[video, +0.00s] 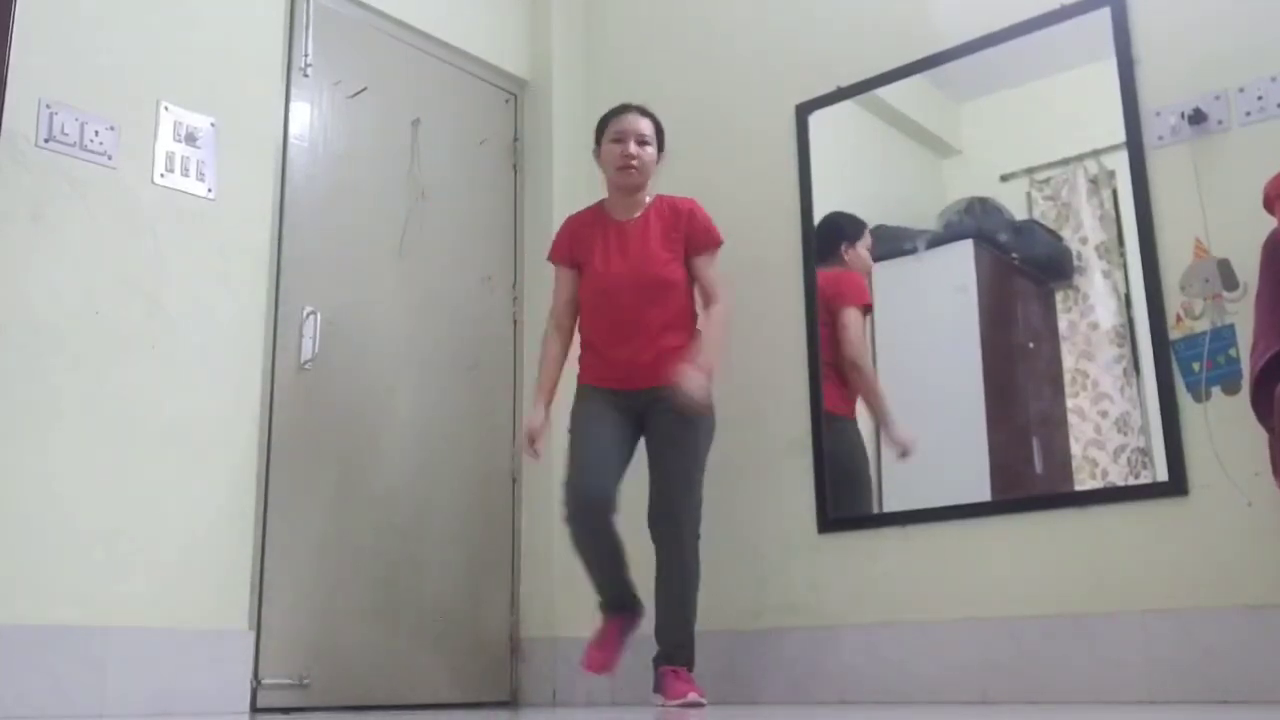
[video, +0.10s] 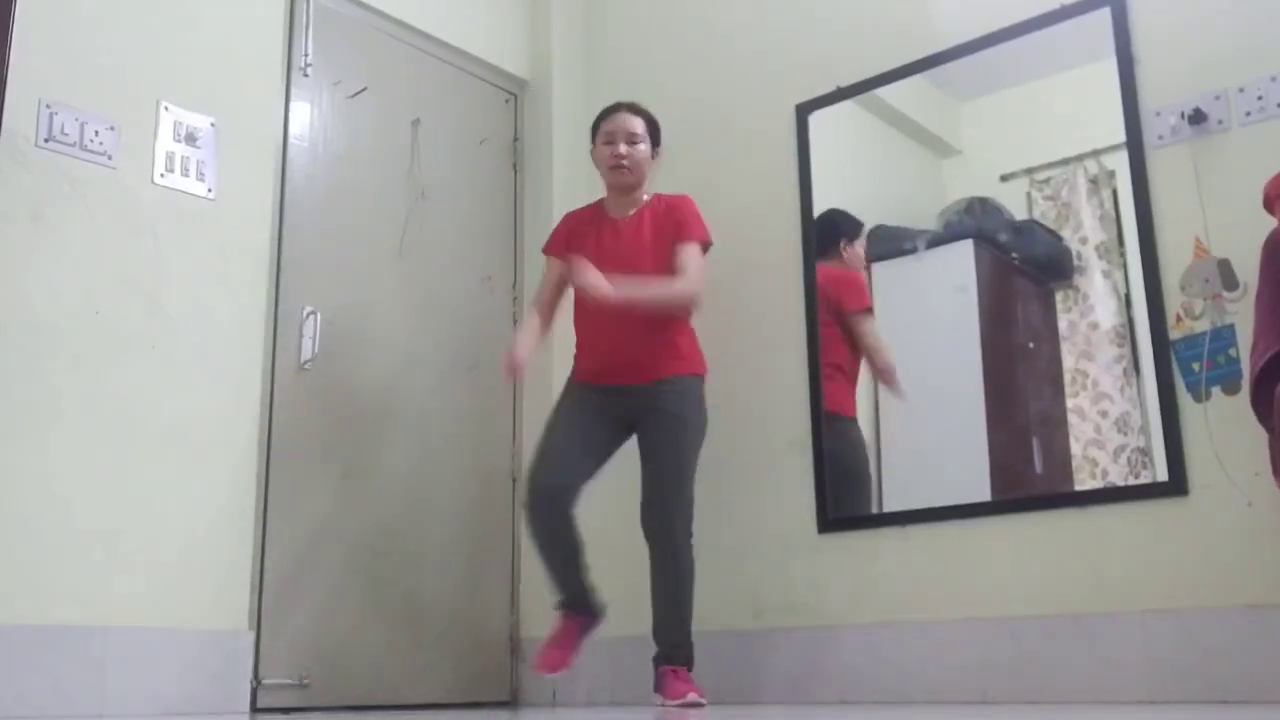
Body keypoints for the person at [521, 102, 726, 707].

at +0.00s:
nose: (631, 149)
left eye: (643, 141)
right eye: (619, 140)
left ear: (658, 157)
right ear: (598, 153)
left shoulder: (683, 217)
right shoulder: (579, 229)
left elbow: (715, 301)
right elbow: (560, 324)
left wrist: (702, 366)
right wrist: (541, 404)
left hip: (677, 390)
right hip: (603, 393)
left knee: (675, 525)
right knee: (584, 505)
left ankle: (676, 667)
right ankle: (620, 608)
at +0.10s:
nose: (621, 149)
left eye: (633, 140)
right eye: (610, 141)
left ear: (654, 154)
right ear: (593, 154)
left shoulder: (677, 212)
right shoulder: (576, 227)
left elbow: (689, 291)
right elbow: (544, 305)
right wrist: (524, 342)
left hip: (669, 388)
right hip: (595, 389)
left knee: (667, 522)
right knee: (546, 493)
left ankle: (674, 666)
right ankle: (579, 608)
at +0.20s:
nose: (601, 146)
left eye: (614, 135)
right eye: (591, 137)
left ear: (640, 144)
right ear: (579, 149)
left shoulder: (660, 196)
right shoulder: (563, 216)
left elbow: (660, 250)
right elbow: (510, 288)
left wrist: (559, 249)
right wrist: (512, 268)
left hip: (652, 378)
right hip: (578, 379)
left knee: (657, 518)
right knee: (520, 493)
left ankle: (674, 667)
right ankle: (509, 640)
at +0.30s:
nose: (578, 152)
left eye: (590, 140)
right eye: (570, 143)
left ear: (620, 144)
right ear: (562, 152)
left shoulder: (641, 187)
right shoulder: (554, 210)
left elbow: (618, 238)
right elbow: (474, 255)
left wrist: (542, 267)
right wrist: (511, 229)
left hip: (628, 370)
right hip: (554, 373)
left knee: (645, 521)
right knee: (508, 512)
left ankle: (673, 665)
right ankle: (444, 657)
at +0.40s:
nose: (557, 163)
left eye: (568, 151)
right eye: (548, 154)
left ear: (601, 153)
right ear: (543, 161)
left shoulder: (623, 205)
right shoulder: (532, 214)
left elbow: (586, 255)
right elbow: (453, 243)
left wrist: (494, 282)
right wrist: (503, 237)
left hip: (601, 380)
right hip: (526, 380)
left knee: (630, 524)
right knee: (484, 521)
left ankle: (670, 668)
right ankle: (437, 671)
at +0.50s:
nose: (532, 172)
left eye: (546, 160)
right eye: (525, 162)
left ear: (579, 164)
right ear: (519, 167)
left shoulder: (600, 219)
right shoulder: (509, 220)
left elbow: (550, 266)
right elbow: (435, 249)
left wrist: (454, 262)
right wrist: (479, 275)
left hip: (566, 387)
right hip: (491, 384)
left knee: (603, 526)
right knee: (463, 527)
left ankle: (665, 664)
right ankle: (437, 674)